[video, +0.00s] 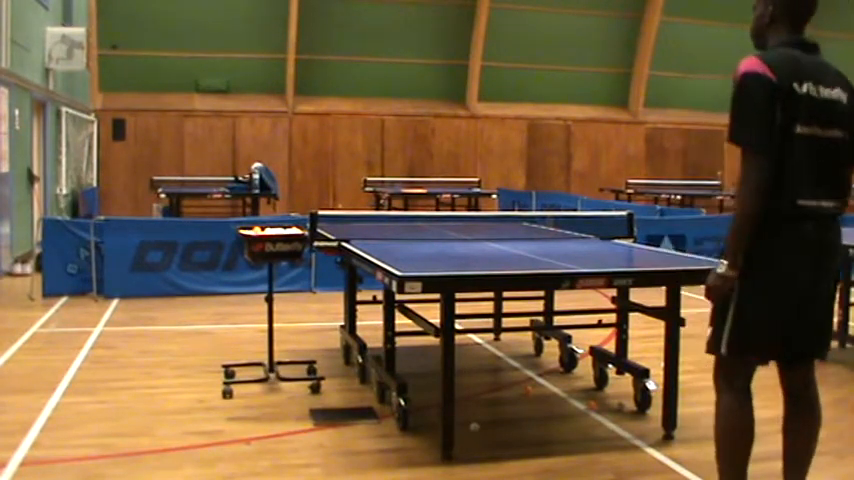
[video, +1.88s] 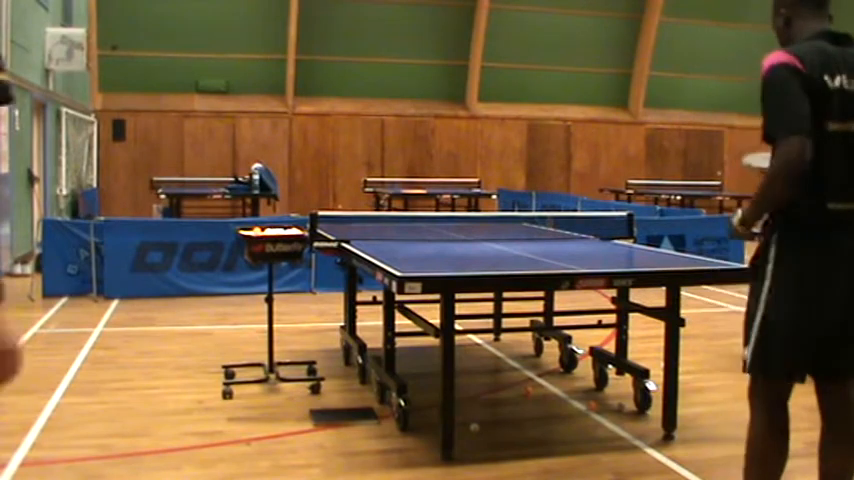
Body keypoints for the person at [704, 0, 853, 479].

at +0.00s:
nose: (750, 18)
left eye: (754, 9)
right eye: (753, 10)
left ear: (767, 12)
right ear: (804, 19)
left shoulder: (759, 70)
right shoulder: (839, 81)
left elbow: (755, 178)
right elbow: (843, 183)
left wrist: (729, 264)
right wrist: (814, 234)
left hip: (768, 247)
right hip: (820, 250)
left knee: (732, 375)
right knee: (799, 373)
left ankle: (731, 475)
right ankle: (794, 476)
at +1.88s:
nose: (775, 29)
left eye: (775, 19)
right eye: (775, 20)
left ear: (785, 16)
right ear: (825, 14)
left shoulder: (786, 65)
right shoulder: (851, 59)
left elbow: (792, 157)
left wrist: (749, 215)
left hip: (800, 247)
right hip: (848, 248)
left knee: (768, 396)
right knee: (840, 399)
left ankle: (759, 477)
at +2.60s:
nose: (716, 28)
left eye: (719, 18)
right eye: (719, 19)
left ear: (730, 18)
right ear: (773, 17)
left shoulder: (725, 75)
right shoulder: (827, 79)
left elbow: (691, 160)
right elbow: (820, 155)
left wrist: (703, 82)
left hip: (736, 244)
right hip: (796, 244)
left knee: (721, 389)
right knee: (786, 380)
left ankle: (713, 477)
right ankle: (807, 476)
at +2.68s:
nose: (706, 26)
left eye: (708, 18)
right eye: (709, 19)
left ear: (718, 18)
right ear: (761, 17)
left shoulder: (710, 73)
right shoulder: (813, 77)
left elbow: (677, 159)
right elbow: (810, 153)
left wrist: (697, 78)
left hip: (723, 239)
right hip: (783, 239)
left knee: (716, 380)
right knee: (767, 366)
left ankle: (710, 477)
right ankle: (791, 472)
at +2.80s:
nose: (690, 30)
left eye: (693, 21)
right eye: (693, 21)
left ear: (702, 19)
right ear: (744, 18)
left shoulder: (690, 72)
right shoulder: (795, 75)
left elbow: (658, 155)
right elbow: (798, 148)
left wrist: (672, 92)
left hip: (711, 235)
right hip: (770, 234)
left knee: (710, 372)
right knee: (749, 360)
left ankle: (710, 475)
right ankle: (751, 469)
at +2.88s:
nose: (683, 30)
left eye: (685, 20)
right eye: (685, 20)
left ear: (696, 19)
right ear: (737, 19)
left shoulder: (682, 76)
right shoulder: (787, 76)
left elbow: (642, 160)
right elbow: (786, 153)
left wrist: (658, 110)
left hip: (705, 236)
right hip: (762, 234)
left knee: (706, 373)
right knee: (737, 363)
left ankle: (709, 473)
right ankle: (719, 467)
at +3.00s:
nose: (675, 26)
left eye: (677, 17)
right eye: (677, 17)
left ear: (688, 19)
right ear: (727, 20)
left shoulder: (673, 80)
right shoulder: (776, 80)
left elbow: (625, 163)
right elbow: (774, 162)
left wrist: (655, 119)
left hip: (696, 233)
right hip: (750, 233)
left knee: (696, 363)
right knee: (724, 356)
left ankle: (705, 472)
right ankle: (708, 465)